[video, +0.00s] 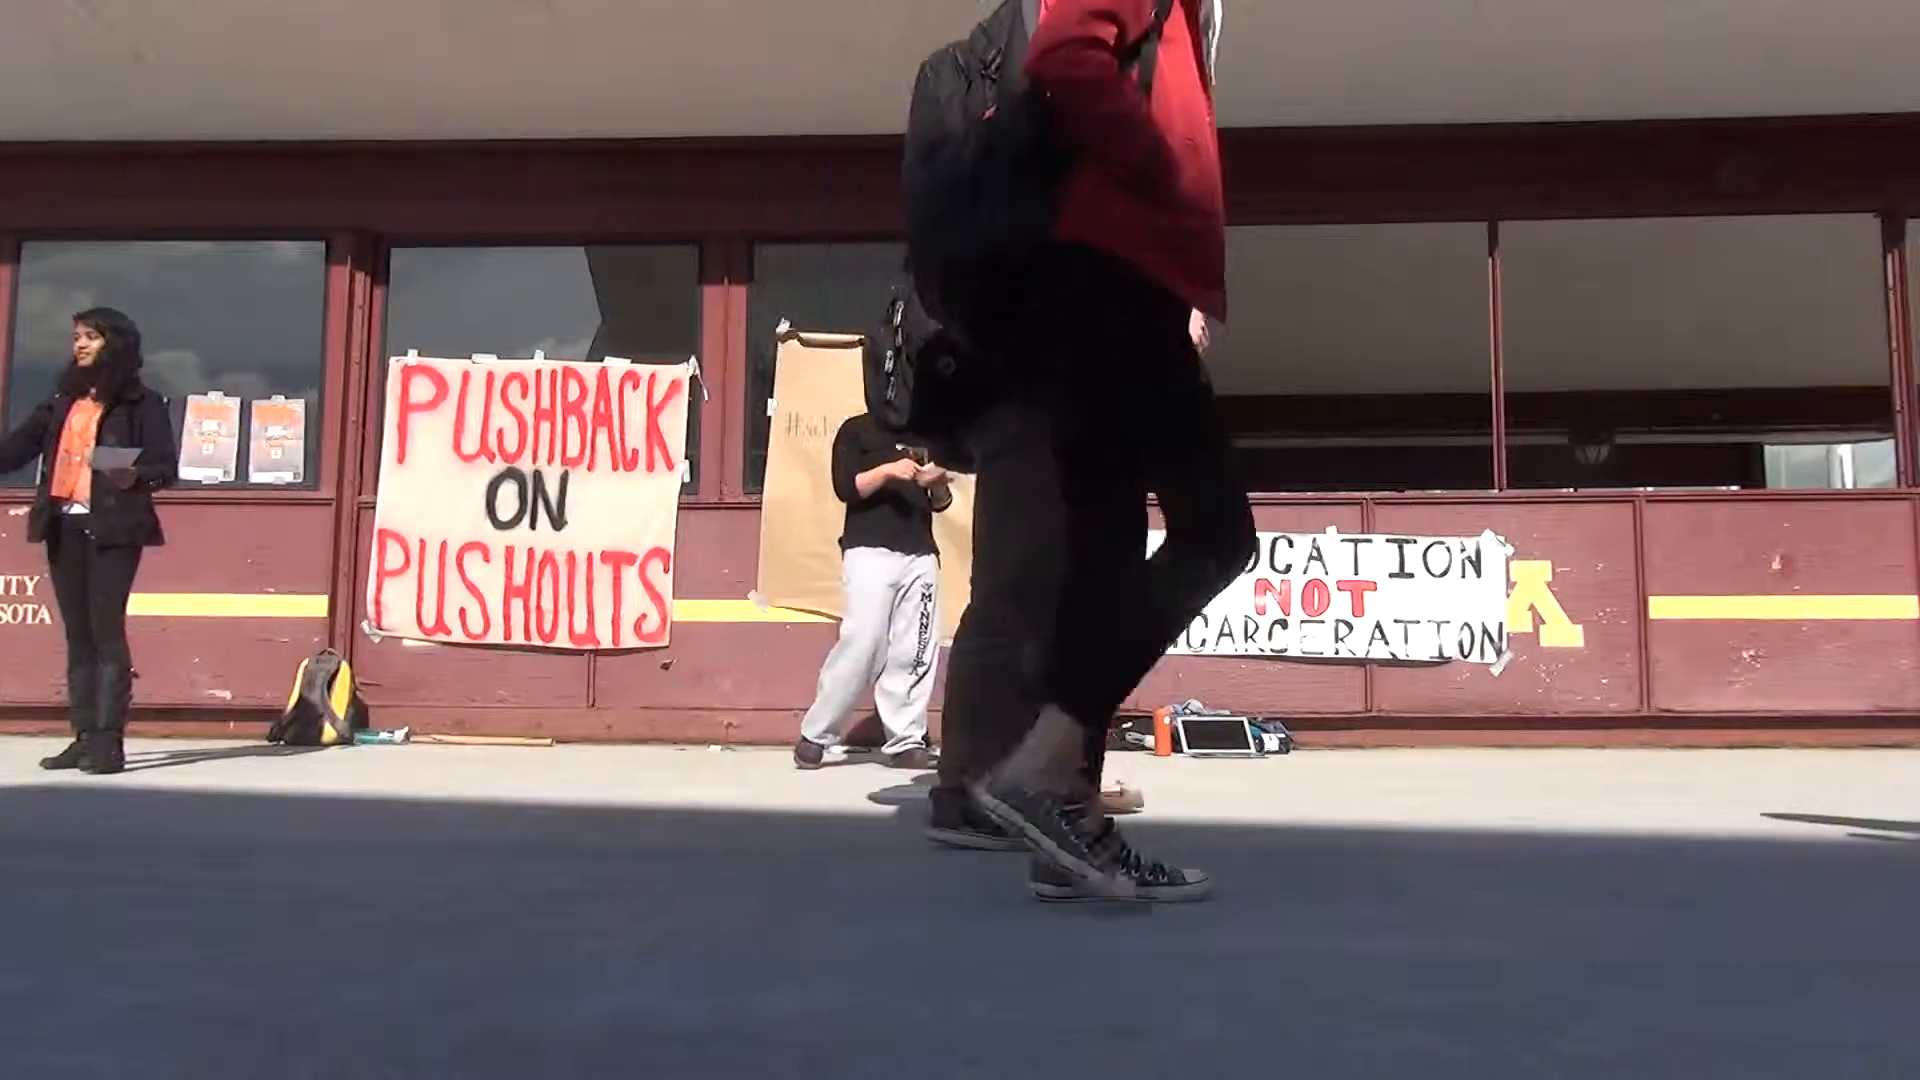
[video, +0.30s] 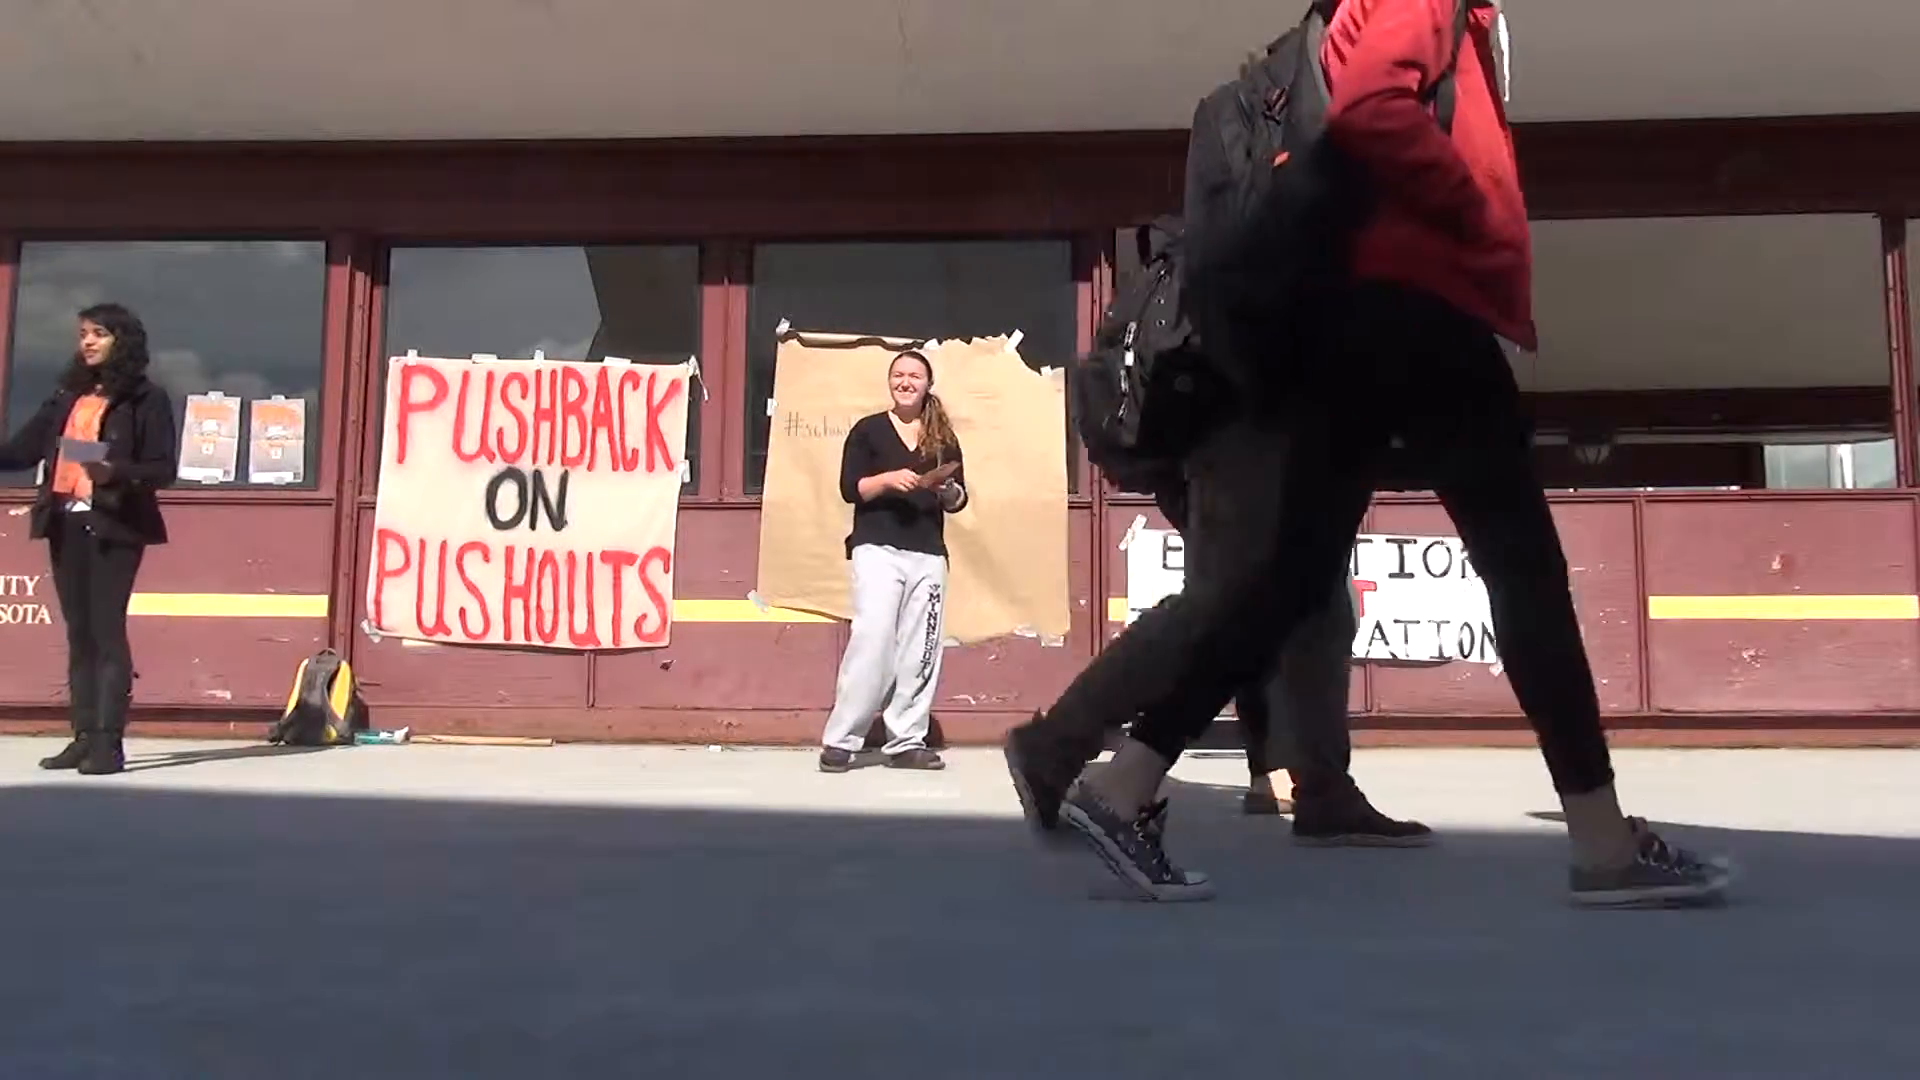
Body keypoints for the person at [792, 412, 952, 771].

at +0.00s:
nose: (895, 396)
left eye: (902, 388)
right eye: (888, 386)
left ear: (912, 393)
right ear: (872, 387)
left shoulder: (922, 437)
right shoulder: (855, 431)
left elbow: (942, 503)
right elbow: (846, 488)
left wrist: (937, 480)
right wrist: (887, 470)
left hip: (918, 551)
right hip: (870, 548)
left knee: (912, 650)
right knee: (864, 642)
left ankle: (905, 741)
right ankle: (816, 735)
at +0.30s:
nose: (906, 382)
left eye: (914, 376)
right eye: (899, 375)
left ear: (928, 385)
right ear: (889, 382)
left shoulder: (943, 436)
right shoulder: (866, 430)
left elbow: (956, 500)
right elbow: (850, 489)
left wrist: (948, 491)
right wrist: (887, 479)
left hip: (928, 552)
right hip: (877, 548)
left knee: (920, 646)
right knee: (873, 639)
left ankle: (906, 742)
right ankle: (841, 741)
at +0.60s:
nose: (895, 379)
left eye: (904, 372)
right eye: (889, 372)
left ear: (923, 380)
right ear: (883, 380)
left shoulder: (944, 433)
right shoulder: (863, 431)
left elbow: (962, 492)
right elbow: (848, 492)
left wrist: (945, 488)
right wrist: (892, 480)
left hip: (927, 553)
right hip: (875, 549)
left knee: (917, 647)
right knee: (863, 642)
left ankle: (906, 742)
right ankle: (840, 744)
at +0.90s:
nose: (867, 375)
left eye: (875, 367)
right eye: (864, 368)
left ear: (901, 373)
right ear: (866, 375)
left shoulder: (930, 429)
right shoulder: (849, 428)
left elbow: (950, 488)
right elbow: (831, 490)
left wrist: (930, 483)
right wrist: (859, 483)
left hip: (914, 551)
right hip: (860, 548)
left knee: (912, 644)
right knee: (857, 643)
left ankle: (907, 741)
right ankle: (846, 744)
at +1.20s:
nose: (847, 371)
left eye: (855, 364)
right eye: (846, 364)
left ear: (882, 369)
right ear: (853, 371)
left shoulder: (914, 425)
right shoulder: (830, 425)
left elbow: (939, 481)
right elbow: (809, 487)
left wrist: (912, 478)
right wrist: (834, 479)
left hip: (896, 546)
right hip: (840, 544)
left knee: (897, 641)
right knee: (845, 642)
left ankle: (904, 739)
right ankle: (845, 744)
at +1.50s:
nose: (833, 369)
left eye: (841, 362)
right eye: (832, 362)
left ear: (869, 368)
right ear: (840, 369)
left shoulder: (902, 423)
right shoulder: (816, 424)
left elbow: (920, 485)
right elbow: (792, 486)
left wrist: (894, 479)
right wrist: (816, 481)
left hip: (888, 552)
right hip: (830, 551)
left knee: (898, 646)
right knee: (835, 644)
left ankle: (898, 742)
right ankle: (841, 745)